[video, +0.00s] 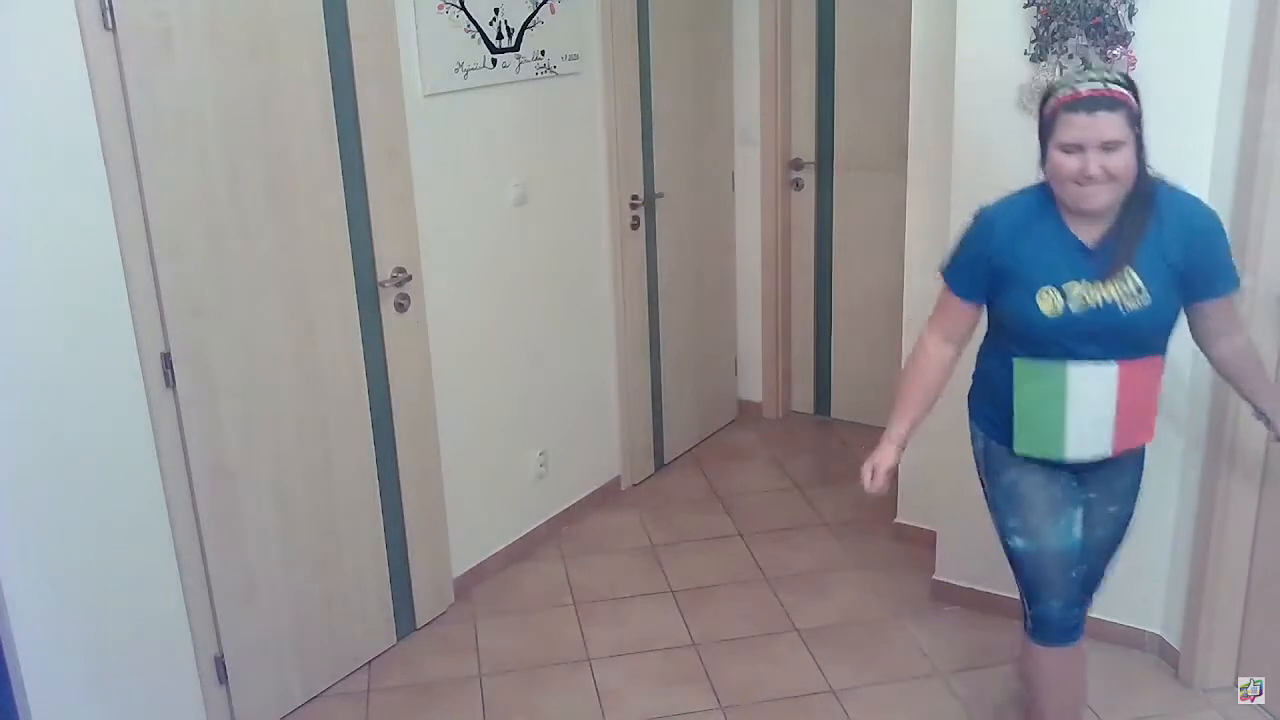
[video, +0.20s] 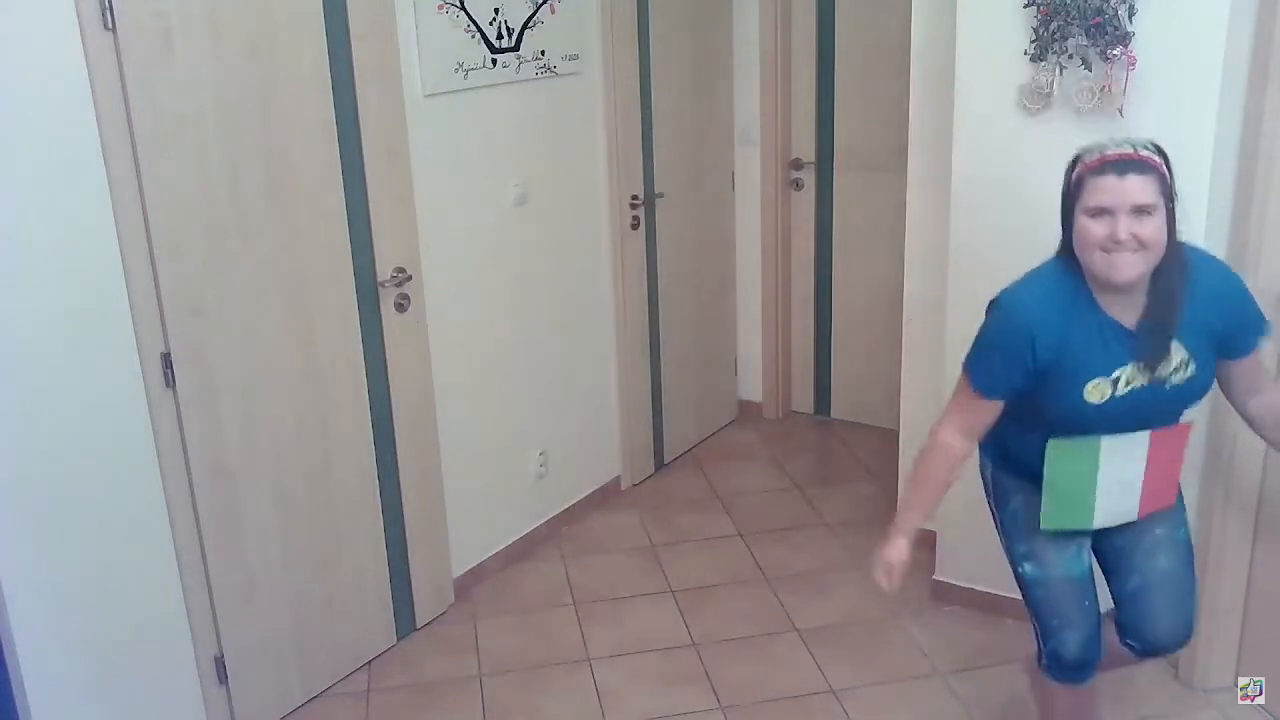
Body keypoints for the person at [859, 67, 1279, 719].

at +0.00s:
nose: (1092, 166)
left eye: (1110, 148)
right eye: (1072, 149)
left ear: (1138, 151)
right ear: (1044, 154)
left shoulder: (1184, 226)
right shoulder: (1001, 231)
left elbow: (1224, 335)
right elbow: (941, 339)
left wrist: (1272, 410)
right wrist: (893, 436)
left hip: (1119, 446)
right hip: (1016, 444)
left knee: (1069, 604)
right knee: (1056, 614)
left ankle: (1036, 693)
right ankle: (1065, 715)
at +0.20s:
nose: (1121, 231)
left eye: (1142, 212)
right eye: (1100, 213)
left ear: (1169, 221)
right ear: (1071, 224)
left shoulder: (1210, 290)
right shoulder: (1028, 314)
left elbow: (1260, 393)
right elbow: (957, 432)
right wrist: (903, 530)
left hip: (1145, 469)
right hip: (1037, 477)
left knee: (1162, 629)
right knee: (1073, 652)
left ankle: (1055, 660)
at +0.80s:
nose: (1154, 135)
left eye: (1175, 120)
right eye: (1134, 119)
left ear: (1199, 137)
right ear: (1103, 137)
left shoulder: (1238, 222)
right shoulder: (1056, 236)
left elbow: (1277, 332)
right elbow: (989, 351)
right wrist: (921, 445)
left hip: (1179, 458)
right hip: (1072, 458)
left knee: (1147, 614)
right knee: (1079, 625)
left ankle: (1108, 690)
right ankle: (1072, 716)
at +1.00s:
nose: (1164, 129)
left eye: (1185, 115)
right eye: (1146, 112)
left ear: (1207, 131)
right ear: (1116, 124)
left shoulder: (1241, 211)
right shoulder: (1067, 221)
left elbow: (1277, 320)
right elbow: (1001, 330)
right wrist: (926, 422)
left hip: (1186, 453)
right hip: (1081, 450)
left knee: (1134, 609)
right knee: (1080, 620)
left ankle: (1101, 698)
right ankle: (1071, 717)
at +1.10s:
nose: (1175, 132)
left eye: (1196, 116)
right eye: (1158, 113)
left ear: (1217, 129)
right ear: (1127, 123)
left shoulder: (1251, 212)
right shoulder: (1078, 215)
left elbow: (1279, 312)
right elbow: (1011, 318)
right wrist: (943, 404)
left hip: (1190, 454)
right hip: (1086, 445)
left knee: (1141, 613)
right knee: (1102, 624)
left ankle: (1101, 703)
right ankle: (1076, 716)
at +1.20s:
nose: (1180, 134)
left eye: (1201, 119)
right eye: (1162, 117)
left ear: (1222, 134)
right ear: (1132, 127)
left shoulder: (1252, 216)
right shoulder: (1079, 216)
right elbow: (1011, 319)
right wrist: (940, 402)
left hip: (1196, 454)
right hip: (1091, 444)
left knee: (1140, 625)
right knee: (1121, 621)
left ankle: (1095, 707)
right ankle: (1088, 716)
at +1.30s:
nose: (1183, 149)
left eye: (1204, 134)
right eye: (1167, 130)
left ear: (1225, 147)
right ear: (1138, 138)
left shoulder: (1253, 233)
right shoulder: (1080, 221)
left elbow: (1273, 348)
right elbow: (1020, 325)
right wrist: (966, 413)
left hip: (1202, 463)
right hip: (1097, 455)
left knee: (1149, 637)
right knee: (1140, 635)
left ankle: (1094, 706)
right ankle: (1087, 709)